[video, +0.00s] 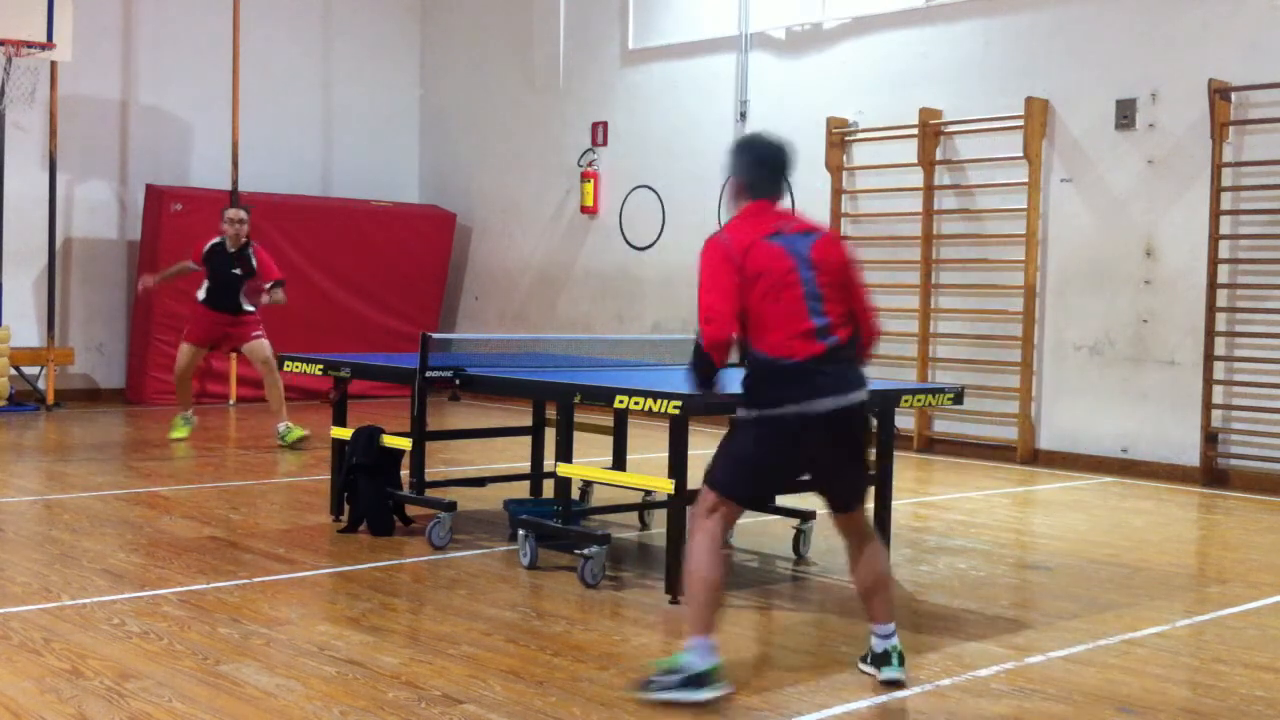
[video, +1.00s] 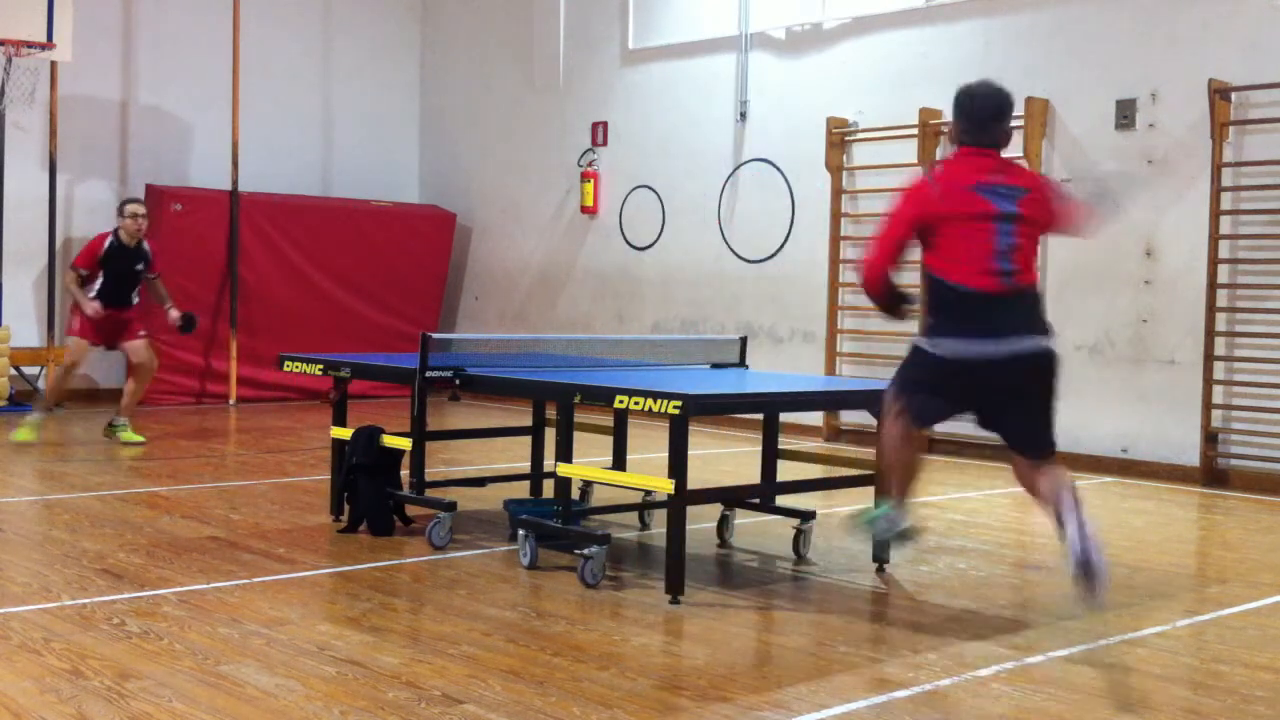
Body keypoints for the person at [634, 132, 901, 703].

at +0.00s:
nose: (725, 188)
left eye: (727, 181)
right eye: (729, 181)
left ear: (735, 184)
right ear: (784, 185)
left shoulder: (727, 244)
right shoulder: (825, 239)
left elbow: (718, 331)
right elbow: (864, 326)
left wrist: (703, 371)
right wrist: (835, 369)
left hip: (778, 413)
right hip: (844, 409)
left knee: (710, 515)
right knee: (856, 524)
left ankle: (697, 657)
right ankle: (887, 649)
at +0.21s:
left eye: (793, 172)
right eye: (847, 179)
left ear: (793, 177)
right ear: (847, 182)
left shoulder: (753, 237)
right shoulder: (869, 244)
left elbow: (711, 321)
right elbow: (907, 339)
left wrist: (758, 335)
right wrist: (900, 386)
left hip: (778, 406)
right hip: (854, 402)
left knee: (760, 515)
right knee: (908, 521)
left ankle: (744, 647)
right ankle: (950, 647)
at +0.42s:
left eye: (879, 198)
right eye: (912, 204)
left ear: (867, 206)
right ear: (916, 213)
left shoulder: (825, 266)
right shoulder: (915, 276)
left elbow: (815, 351)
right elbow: (936, 376)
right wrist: (985, 443)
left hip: (813, 434)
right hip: (881, 434)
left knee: (800, 527)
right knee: (967, 530)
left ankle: (749, 648)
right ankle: (1006, 674)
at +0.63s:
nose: (1005, 229)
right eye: (1004, 220)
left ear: (953, 220)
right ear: (1002, 228)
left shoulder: (928, 267)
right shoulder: (973, 277)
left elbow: (975, 343)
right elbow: (967, 361)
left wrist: (1052, 361)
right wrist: (1025, 427)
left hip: (855, 431)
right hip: (915, 432)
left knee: (825, 535)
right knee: (1014, 532)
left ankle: (743, 645)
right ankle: (1011, 680)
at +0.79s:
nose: (1043, 196)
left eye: (1036, 185)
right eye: (1041, 187)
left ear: (987, 186)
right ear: (1035, 193)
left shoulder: (954, 236)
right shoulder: (1015, 244)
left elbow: (942, 309)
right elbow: (1049, 305)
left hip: (896, 402)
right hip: (963, 409)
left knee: (840, 502)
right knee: (1020, 528)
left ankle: (770, 614)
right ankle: (1019, 672)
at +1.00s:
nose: (954, 128)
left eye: (955, 121)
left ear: (954, 128)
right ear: (1007, 131)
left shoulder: (932, 186)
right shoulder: (1031, 187)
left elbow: (873, 268)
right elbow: (1081, 220)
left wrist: (892, 300)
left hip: (951, 351)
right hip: (1026, 350)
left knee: (901, 410)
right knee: (1036, 459)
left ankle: (893, 510)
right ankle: (1072, 519)